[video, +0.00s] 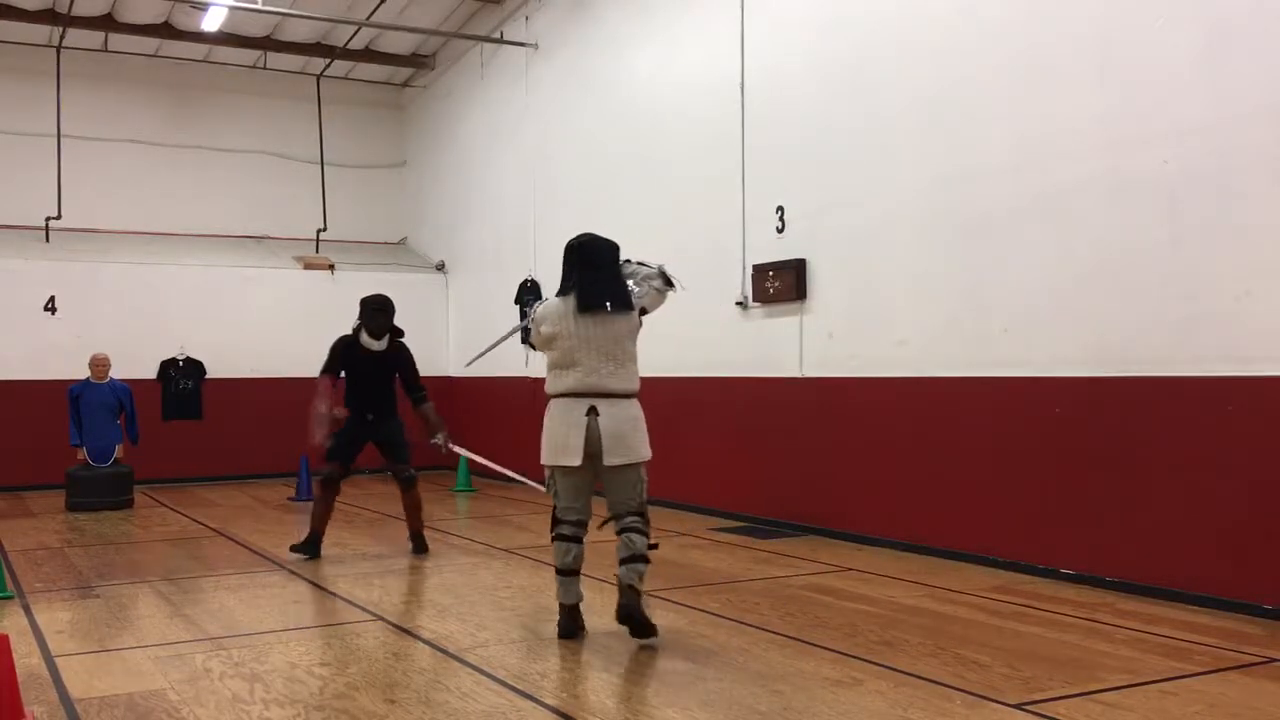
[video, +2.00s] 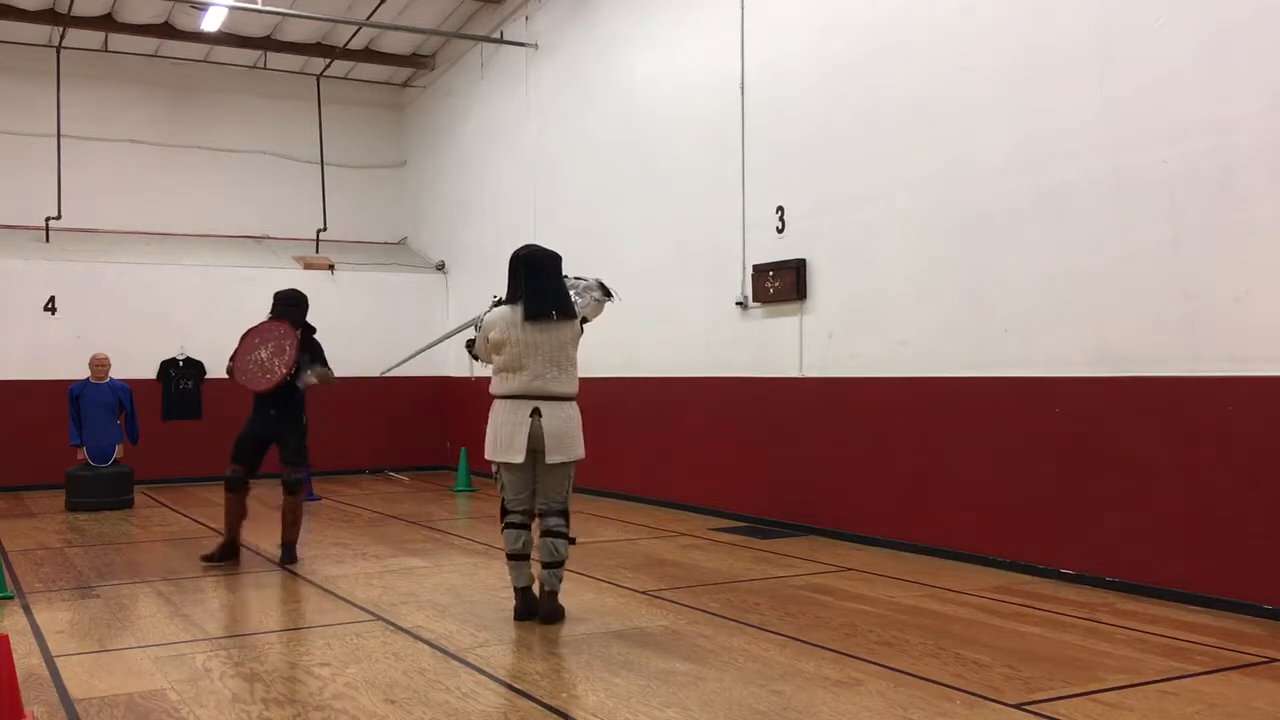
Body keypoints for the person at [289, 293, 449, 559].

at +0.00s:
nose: (378, 321)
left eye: (384, 315)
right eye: (373, 315)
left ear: (391, 319)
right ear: (362, 316)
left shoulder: (398, 351)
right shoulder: (344, 346)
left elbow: (417, 393)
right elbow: (325, 385)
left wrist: (438, 428)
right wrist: (323, 422)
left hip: (387, 422)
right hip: (353, 421)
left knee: (407, 479)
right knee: (329, 478)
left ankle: (417, 536)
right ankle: (313, 540)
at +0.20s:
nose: (391, 326)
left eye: (396, 321)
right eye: (386, 320)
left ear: (403, 321)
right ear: (376, 317)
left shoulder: (410, 348)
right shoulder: (359, 344)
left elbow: (428, 384)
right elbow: (348, 379)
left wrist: (438, 410)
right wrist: (361, 397)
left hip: (398, 418)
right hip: (365, 418)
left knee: (413, 476)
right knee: (340, 471)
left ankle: (418, 536)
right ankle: (331, 534)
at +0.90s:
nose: (340, 327)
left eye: (347, 322)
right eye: (337, 321)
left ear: (358, 325)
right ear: (332, 322)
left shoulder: (366, 356)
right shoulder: (324, 350)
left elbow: (384, 395)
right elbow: (303, 380)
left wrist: (398, 432)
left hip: (356, 423)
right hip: (326, 423)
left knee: (379, 475)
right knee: (320, 479)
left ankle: (400, 531)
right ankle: (343, 529)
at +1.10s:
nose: (325, 325)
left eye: (331, 320)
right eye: (322, 320)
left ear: (343, 322)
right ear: (318, 321)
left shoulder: (356, 354)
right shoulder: (314, 350)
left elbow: (371, 397)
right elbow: (301, 380)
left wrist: (383, 432)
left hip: (344, 421)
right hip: (317, 422)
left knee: (345, 471)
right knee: (316, 475)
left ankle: (343, 529)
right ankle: (341, 527)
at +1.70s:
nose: (293, 328)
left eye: (300, 324)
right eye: (290, 322)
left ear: (312, 326)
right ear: (285, 320)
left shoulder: (321, 353)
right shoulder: (277, 346)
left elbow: (339, 397)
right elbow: (250, 376)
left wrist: (352, 433)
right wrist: (263, 354)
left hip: (305, 421)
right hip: (276, 419)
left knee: (297, 477)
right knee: (267, 480)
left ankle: (289, 542)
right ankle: (310, 508)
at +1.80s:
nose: (292, 325)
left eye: (299, 321)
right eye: (288, 319)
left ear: (309, 323)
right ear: (282, 317)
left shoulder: (317, 349)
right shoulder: (272, 341)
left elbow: (332, 387)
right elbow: (246, 371)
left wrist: (340, 416)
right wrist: (252, 365)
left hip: (301, 422)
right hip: (271, 418)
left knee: (296, 480)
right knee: (250, 478)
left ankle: (290, 544)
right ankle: (283, 518)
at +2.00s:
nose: (282, 320)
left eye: (289, 315)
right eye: (278, 314)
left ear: (300, 317)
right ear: (272, 313)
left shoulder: (308, 343)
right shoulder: (259, 338)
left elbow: (327, 375)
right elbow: (232, 369)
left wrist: (313, 375)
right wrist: (250, 362)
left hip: (292, 420)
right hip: (261, 418)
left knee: (293, 480)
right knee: (236, 476)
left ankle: (288, 546)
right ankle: (230, 544)